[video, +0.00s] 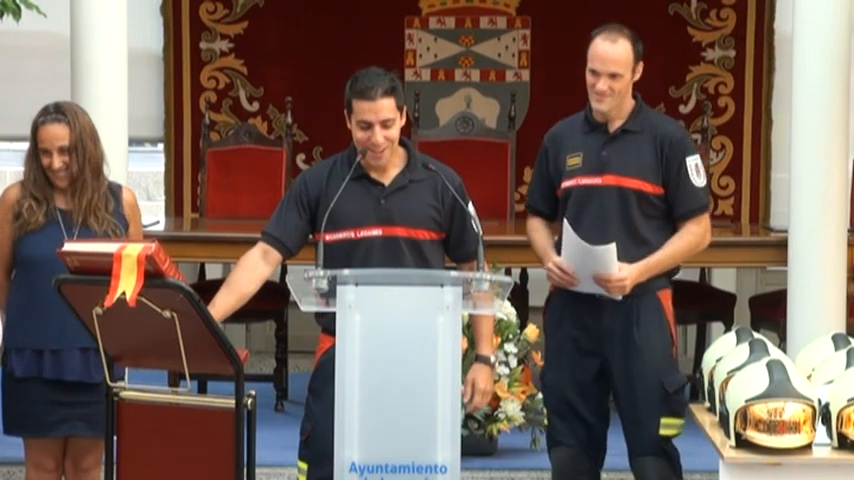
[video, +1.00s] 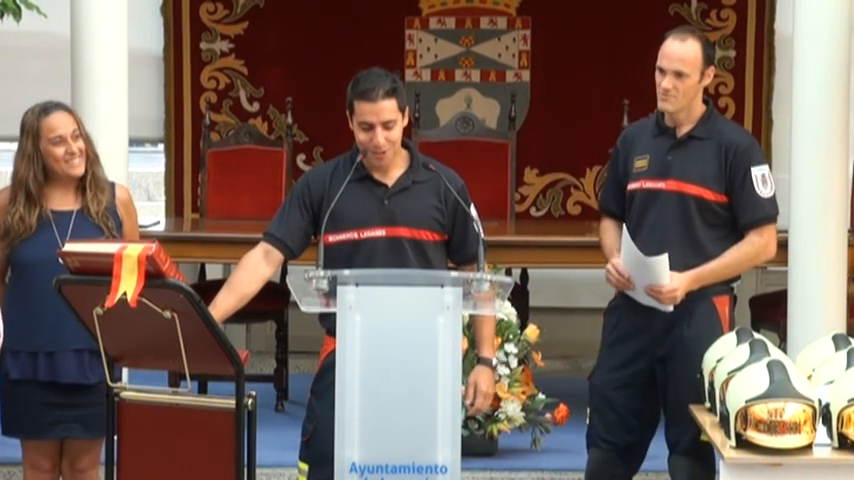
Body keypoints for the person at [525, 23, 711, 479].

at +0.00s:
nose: (601, 86)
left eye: (613, 75)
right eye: (594, 73)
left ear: (636, 74)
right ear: (584, 71)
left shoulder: (670, 139)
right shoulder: (560, 139)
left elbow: (698, 230)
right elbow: (537, 216)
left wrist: (639, 272)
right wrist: (548, 256)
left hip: (639, 314)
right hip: (570, 313)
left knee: (651, 451)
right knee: (571, 452)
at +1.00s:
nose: (665, 83)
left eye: (678, 74)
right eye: (660, 71)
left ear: (707, 77)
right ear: (654, 71)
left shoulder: (737, 147)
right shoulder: (632, 139)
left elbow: (763, 243)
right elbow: (610, 214)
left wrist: (690, 281)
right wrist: (614, 257)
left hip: (698, 319)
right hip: (631, 313)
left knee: (691, 454)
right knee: (608, 450)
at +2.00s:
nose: (663, 83)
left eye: (676, 74)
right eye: (658, 71)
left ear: (705, 77)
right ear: (652, 71)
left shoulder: (736, 145)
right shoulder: (633, 140)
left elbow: (763, 243)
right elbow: (612, 217)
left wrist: (689, 279)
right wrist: (614, 256)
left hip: (696, 334)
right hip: (629, 329)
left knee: (692, 467)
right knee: (605, 464)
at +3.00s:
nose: (685, 95)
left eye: (695, 84)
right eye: (676, 82)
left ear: (708, 81)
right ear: (658, 76)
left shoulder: (738, 145)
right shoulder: (628, 141)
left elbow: (772, 234)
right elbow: (607, 219)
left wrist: (710, 278)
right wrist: (617, 269)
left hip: (700, 325)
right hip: (631, 320)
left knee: (694, 457)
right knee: (608, 451)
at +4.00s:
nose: (638, 126)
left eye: (650, 114)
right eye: (631, 114)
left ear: (679, 104)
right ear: (622, 108)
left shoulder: (724, 151)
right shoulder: (607, 166)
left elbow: (755, 231)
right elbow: (610, 258)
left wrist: (738, 291)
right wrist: (646, 329)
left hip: (706, 309)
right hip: (631, 308)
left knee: (694, 441)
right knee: (600, 411)